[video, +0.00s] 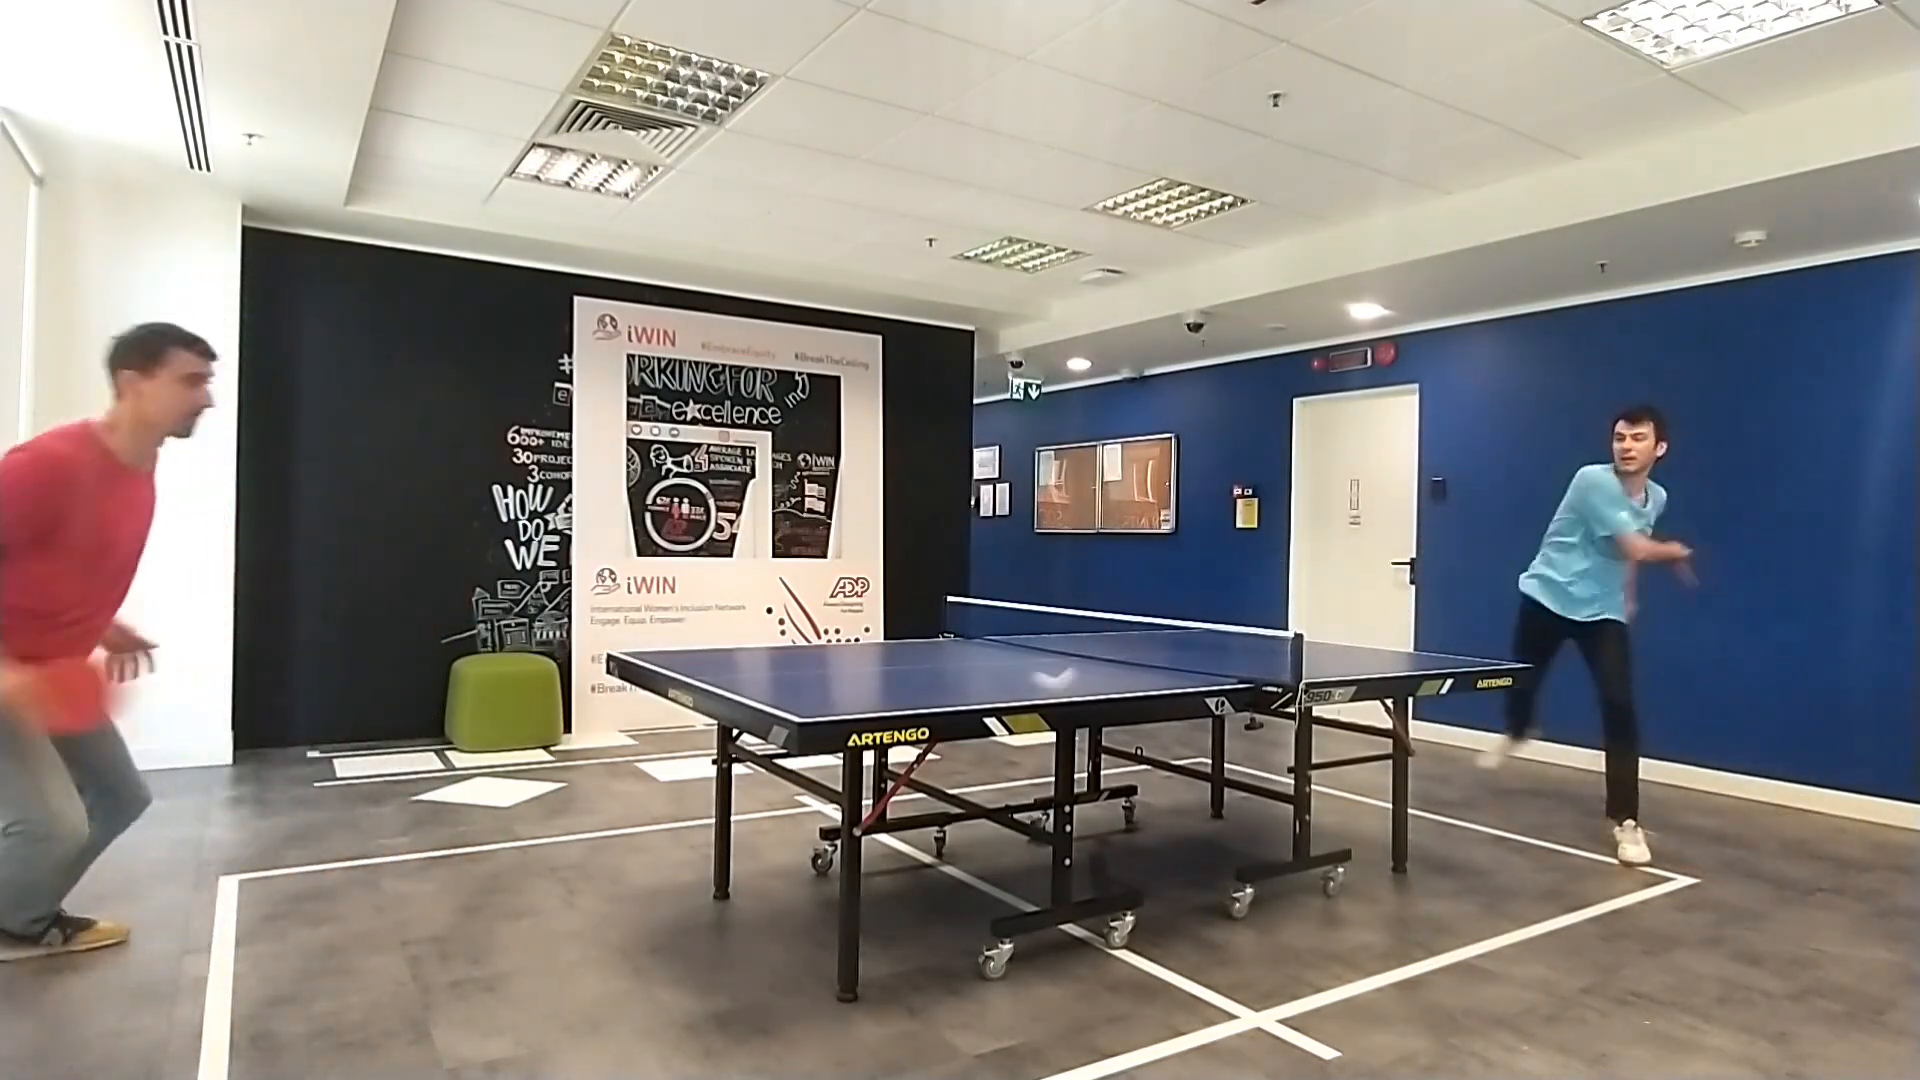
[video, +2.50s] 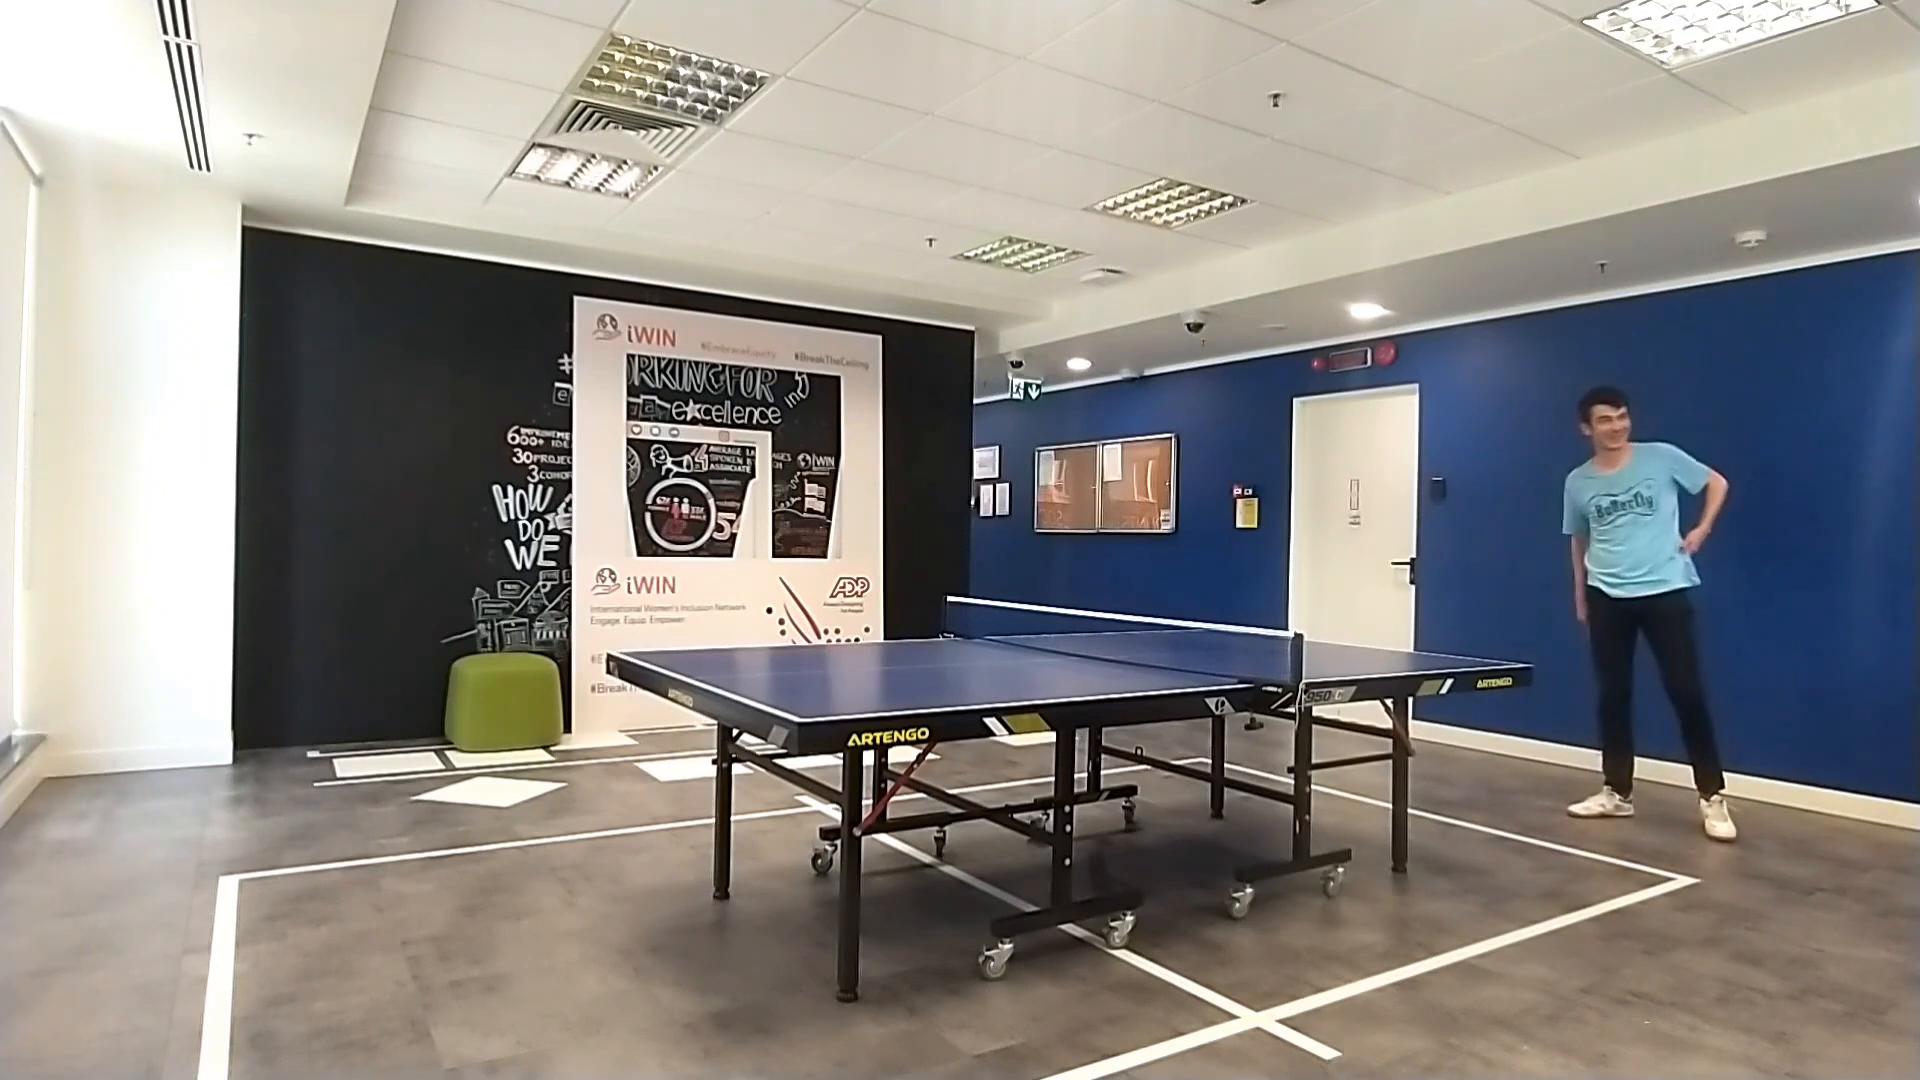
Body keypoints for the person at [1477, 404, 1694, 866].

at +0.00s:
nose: (1626, 446)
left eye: (1638, 438)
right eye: (1620, 438)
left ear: (1659, 448)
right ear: (1611, 444)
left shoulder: (1656, 499)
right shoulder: (1592, 480)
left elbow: (1631, 552)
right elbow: (1635, 547)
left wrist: (1628, 598)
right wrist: (1676, 551)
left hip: (1602, 608)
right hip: (1547, 597)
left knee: (1619, 704)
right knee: (1521, 682)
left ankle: (1625, 820)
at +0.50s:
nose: (1508, 453)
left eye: (1518, 447)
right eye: (1502, 445)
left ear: (1533, 457)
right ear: (1490, 451)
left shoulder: (1538, 514)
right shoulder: (1453, 492)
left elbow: (1534, 579)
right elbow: (1408, 536)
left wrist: (1548, 633)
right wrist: (1464, 546)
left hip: (1506, 632)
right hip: (1443, 624)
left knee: (1558, 720)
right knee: (1394, 694)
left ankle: (1614, 824)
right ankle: (1371, 784)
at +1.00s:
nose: (1554, 437)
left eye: (1563, 431)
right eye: (1546, 429)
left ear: (1574, 442)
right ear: (1530, 436)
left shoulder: (1585, 503)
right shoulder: (1491, 482)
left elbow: (1603, 557)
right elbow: (1457, 533)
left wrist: (1615, 577)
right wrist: (1432, 584)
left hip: (1540, 621)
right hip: (1476, 612)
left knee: (1577, 709)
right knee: (1422, 693)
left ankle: (1570, 818)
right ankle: (1374, 780)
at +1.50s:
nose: (1607, 412)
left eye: (1616, 406)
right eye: (1599, 403)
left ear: (1626, 418)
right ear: (1581, 409)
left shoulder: (1638, 474)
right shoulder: (1547, 458)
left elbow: (1658, 540)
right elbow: (1527, 510)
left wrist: (1620, 575)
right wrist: (1512, 555)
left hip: (1594, 606)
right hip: (1538, 594)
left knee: (1586, 708)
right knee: (1520, 687)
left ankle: (1572, 813)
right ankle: (1567, 756)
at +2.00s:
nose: (1556, 431)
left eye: (1560, 421)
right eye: (1546, 428)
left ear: (1576, 422)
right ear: (1540, 440)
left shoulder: (1622, 459)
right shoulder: (1552, 485)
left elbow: (1688, 487)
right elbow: (1564, 542)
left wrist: (1664, 540)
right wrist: (1571, 583)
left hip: (1626, 595)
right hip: (1578, 601)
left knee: (1617, 695)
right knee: (1590, 697)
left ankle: (1617, 809)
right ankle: (1612, 791)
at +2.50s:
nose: (1615, 426)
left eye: (1620, 418)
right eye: (1604, 420)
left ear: (1630, 420)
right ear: (1588, 428)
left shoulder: (1661, 456)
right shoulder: (1578, 482)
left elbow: (1717, 483)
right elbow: (1579, 541)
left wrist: (1703, 527)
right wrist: (1580, 594)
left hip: (1666, 591)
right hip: (1607, 596)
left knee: (1687, 693)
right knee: (1612, 694)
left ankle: (1712, 798)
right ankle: (1617, 793)